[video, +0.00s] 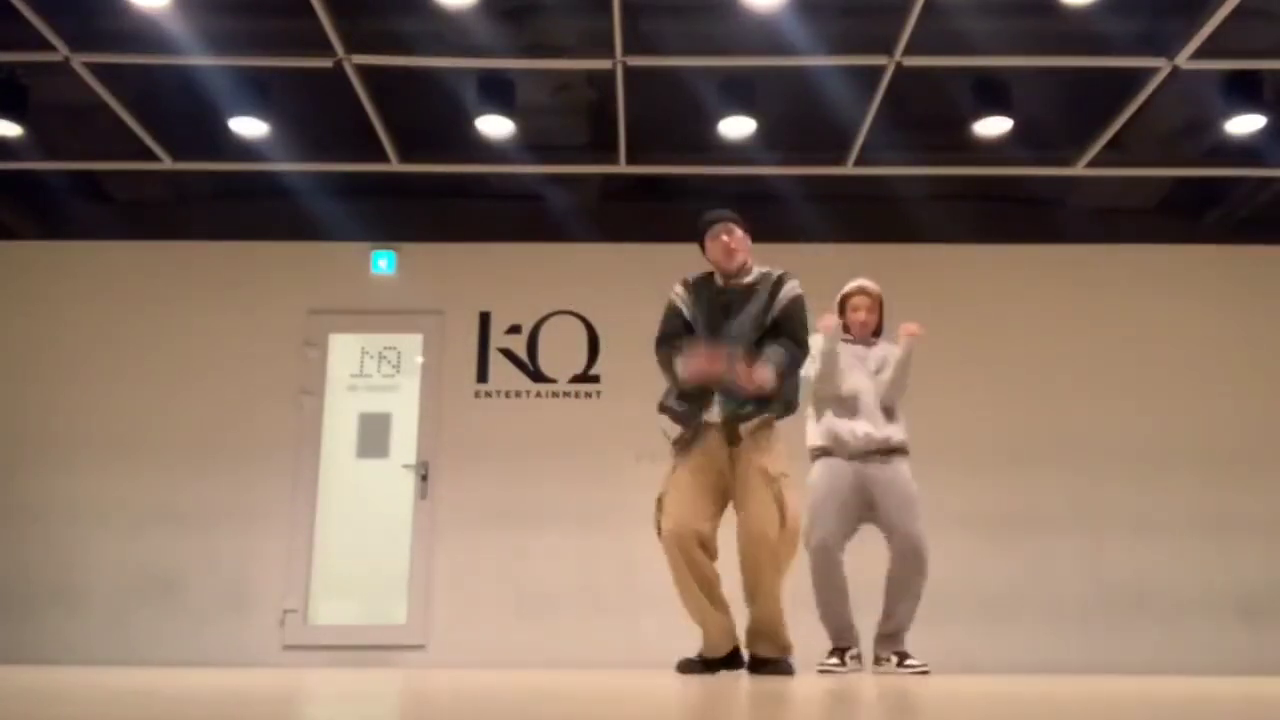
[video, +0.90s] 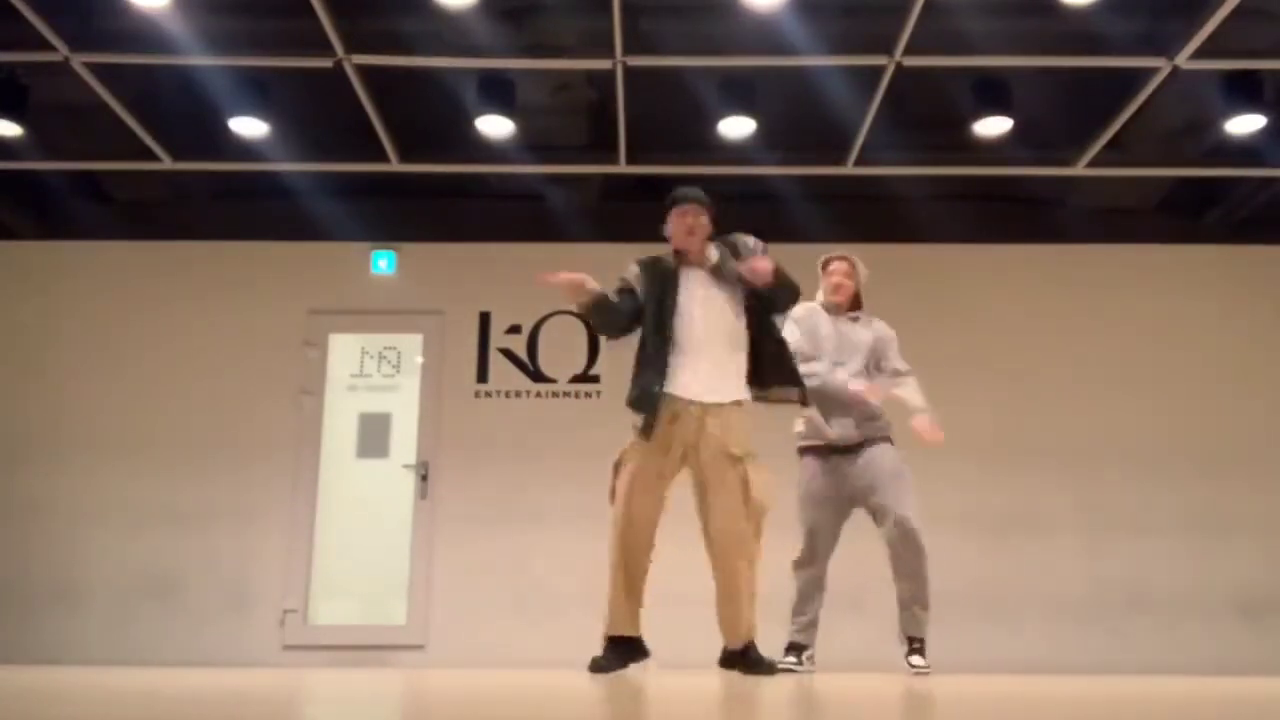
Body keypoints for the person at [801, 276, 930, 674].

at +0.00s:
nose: (862, 315)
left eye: (869, 308)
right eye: (854, 308)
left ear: (879, 315)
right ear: (843, 315)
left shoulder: (889, 353)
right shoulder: (826, 351)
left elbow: (890, 397)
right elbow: (818, 387)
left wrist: (904, 350)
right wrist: (824, 339)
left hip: (888, 461)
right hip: (836, 461)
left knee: (911, 548)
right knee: (821, 544)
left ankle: (890, 646)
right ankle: (843, 646)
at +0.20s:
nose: (862, 292)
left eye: (869, 284)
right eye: (854, 283)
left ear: (879, 291)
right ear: (839, 286)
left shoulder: (884, 329)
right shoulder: (816, 321)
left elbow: (893, 356)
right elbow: (819, 348)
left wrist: (878, 311)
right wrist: (844, 300)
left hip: (881, 447)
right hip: (830, 444)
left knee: (892, 544)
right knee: (819, 533)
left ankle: (890, 647)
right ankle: (836, 632)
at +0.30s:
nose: (848, 290)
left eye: (856, 284)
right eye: (841, 284)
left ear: (869, 288)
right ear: (827, 290)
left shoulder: (885, 321)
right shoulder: (818, 322)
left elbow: (878, 345)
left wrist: (832, 318)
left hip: (873, 445)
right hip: (824, 440)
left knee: (883, 544)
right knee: (812, 529)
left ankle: (888, 646)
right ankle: (817, 634)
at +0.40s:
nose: (840, 299)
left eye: (846, 290)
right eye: (831, 291)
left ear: (858, 294)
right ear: (817, 298)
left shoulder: (875, 323)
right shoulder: (810, 327)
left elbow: (861, 362)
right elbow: (823, 346)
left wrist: (813, 375)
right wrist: (881, 338)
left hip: (870, 449)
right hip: (822, 448)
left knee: (883, 548)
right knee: (813, 546)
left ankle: (889, 648)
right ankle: (800, 645)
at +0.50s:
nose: (819, 301)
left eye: (827, 293)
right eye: (813, 293)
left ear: (843, 298)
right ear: (805, 298)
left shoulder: (867, 325)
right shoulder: (792, 329)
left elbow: (870, 366)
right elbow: (800, 372)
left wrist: (844, 399)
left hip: (869, 454)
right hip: (813, 457)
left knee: (901, 530)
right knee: (800, 554)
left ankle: (913, 637)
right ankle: (801, 644)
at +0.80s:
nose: (839, 287)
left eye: (845, 281)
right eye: (831, 279)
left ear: (852, 289)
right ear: (814, 285)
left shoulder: (864, 324)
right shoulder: (792, 319)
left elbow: (860, 384)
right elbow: (806, 361)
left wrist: (825, 406)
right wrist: (862, 360)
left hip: (868, 443)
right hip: (817, 454)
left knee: (906, 510)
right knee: (808, 553)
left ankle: (932, 627)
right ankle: (799, 644)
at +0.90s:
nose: (838, 281)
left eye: (846, 276)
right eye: (832, 274)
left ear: (858, 288)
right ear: (820, 283)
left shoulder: (876, 331)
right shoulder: (802, 318)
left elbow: (901, 378)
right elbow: (799, 369)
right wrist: (848, 385)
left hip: (872, 448)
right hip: (820, 452)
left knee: (903, 526)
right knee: (813, 552)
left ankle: (916, 638)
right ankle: (800, 644)